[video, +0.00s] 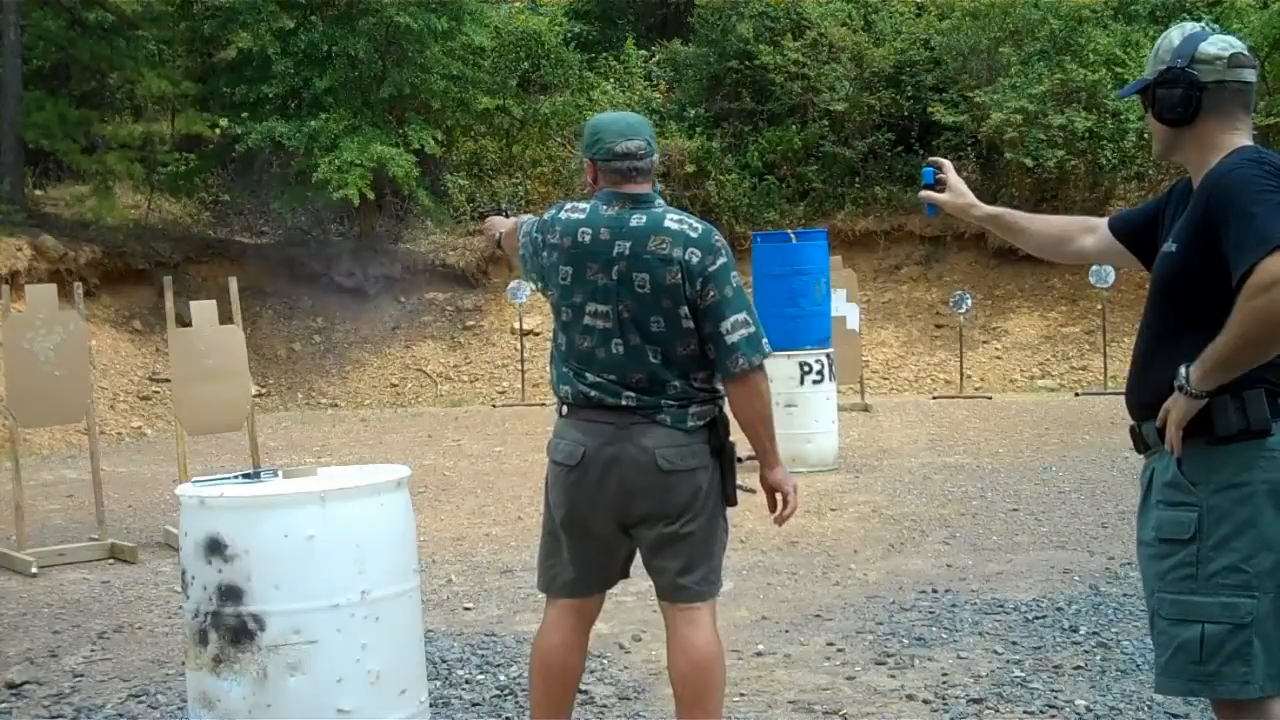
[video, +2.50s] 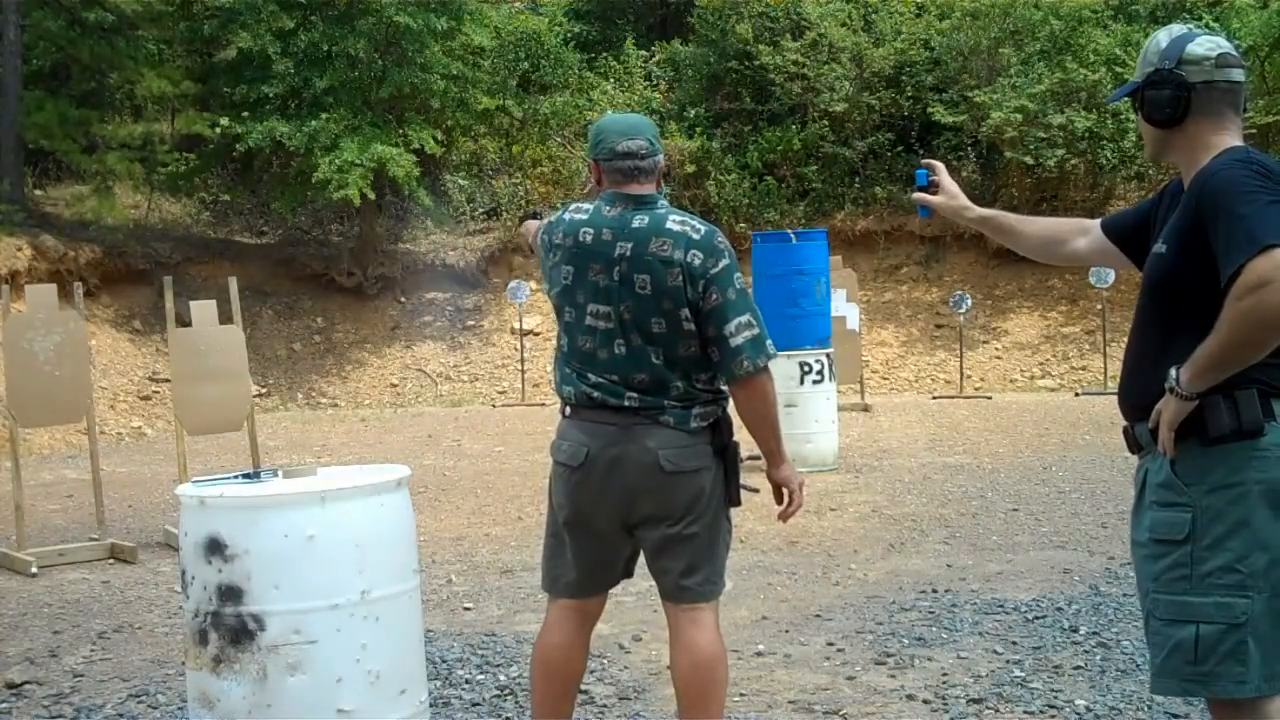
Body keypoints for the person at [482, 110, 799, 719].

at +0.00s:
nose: (582, 171)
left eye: (583, 164)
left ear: (590, 171)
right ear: (655, 168)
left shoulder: (559, 231)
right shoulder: (699, 241)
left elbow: (518, 241)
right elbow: (743, 366)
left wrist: (503, 228)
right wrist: (769, 462)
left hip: (583, 447)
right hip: (678, 451)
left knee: (567, 609)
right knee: (690, 611)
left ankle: (546, 716)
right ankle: (701, 716)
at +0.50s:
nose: (582, 171)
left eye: (583, 164)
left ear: (588, 171)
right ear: (653, 167)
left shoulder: (560, 230)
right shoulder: (698, 241)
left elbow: (507, 241)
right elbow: (740, 364)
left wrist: (490, 227)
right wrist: (770, 460)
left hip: (583, 446)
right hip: (678, 450)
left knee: (568, 609)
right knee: (691, 611)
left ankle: (548, 716)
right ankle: (702, 715)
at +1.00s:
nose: (582, 172)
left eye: (583, 164)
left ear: (591, 172)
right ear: (655, 167)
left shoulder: (557, 233)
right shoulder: (698, 242)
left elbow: (521, 238)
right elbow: (744, 366)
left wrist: (510, 225)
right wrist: (772, 461)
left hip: (584, 447)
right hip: (680, 451)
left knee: (568, 609)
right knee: (691, 610)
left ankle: (546, 717)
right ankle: (701, 716)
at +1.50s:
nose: (585, 172)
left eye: (586, 165)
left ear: (592, 170)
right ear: (658, 166)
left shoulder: (562, 233)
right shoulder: (697, 240)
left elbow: (527, 236)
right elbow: (747, 365)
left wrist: (533, 228)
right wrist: (778, 458)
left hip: (584, 447)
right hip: (682, 452)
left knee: (570, 608)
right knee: (693, 612)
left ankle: (547, 715)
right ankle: (703, 718)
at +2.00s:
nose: (583, 174)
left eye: (585, 167)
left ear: (590, 172)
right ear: (656, 167)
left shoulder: (562, 234)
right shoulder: (696, 240)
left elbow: (528, 235)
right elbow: (745, 365)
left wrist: (530, 229)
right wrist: (776, 456)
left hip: (584, 446)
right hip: (681, 450)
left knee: (569, 606)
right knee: (693, 611)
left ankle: (547, 715)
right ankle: (703, 719)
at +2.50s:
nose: (587, 173)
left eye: (589, 166)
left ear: (596, 171)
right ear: (662, 168)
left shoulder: (566, 233)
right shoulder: (700, 243)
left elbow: (540, 235)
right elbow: (747, 368)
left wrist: (544, 227)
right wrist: (777, 459)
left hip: (585, 445)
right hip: (683, 451)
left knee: (571, 606)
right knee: (693, 610)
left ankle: (548, 715)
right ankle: (703, 718)